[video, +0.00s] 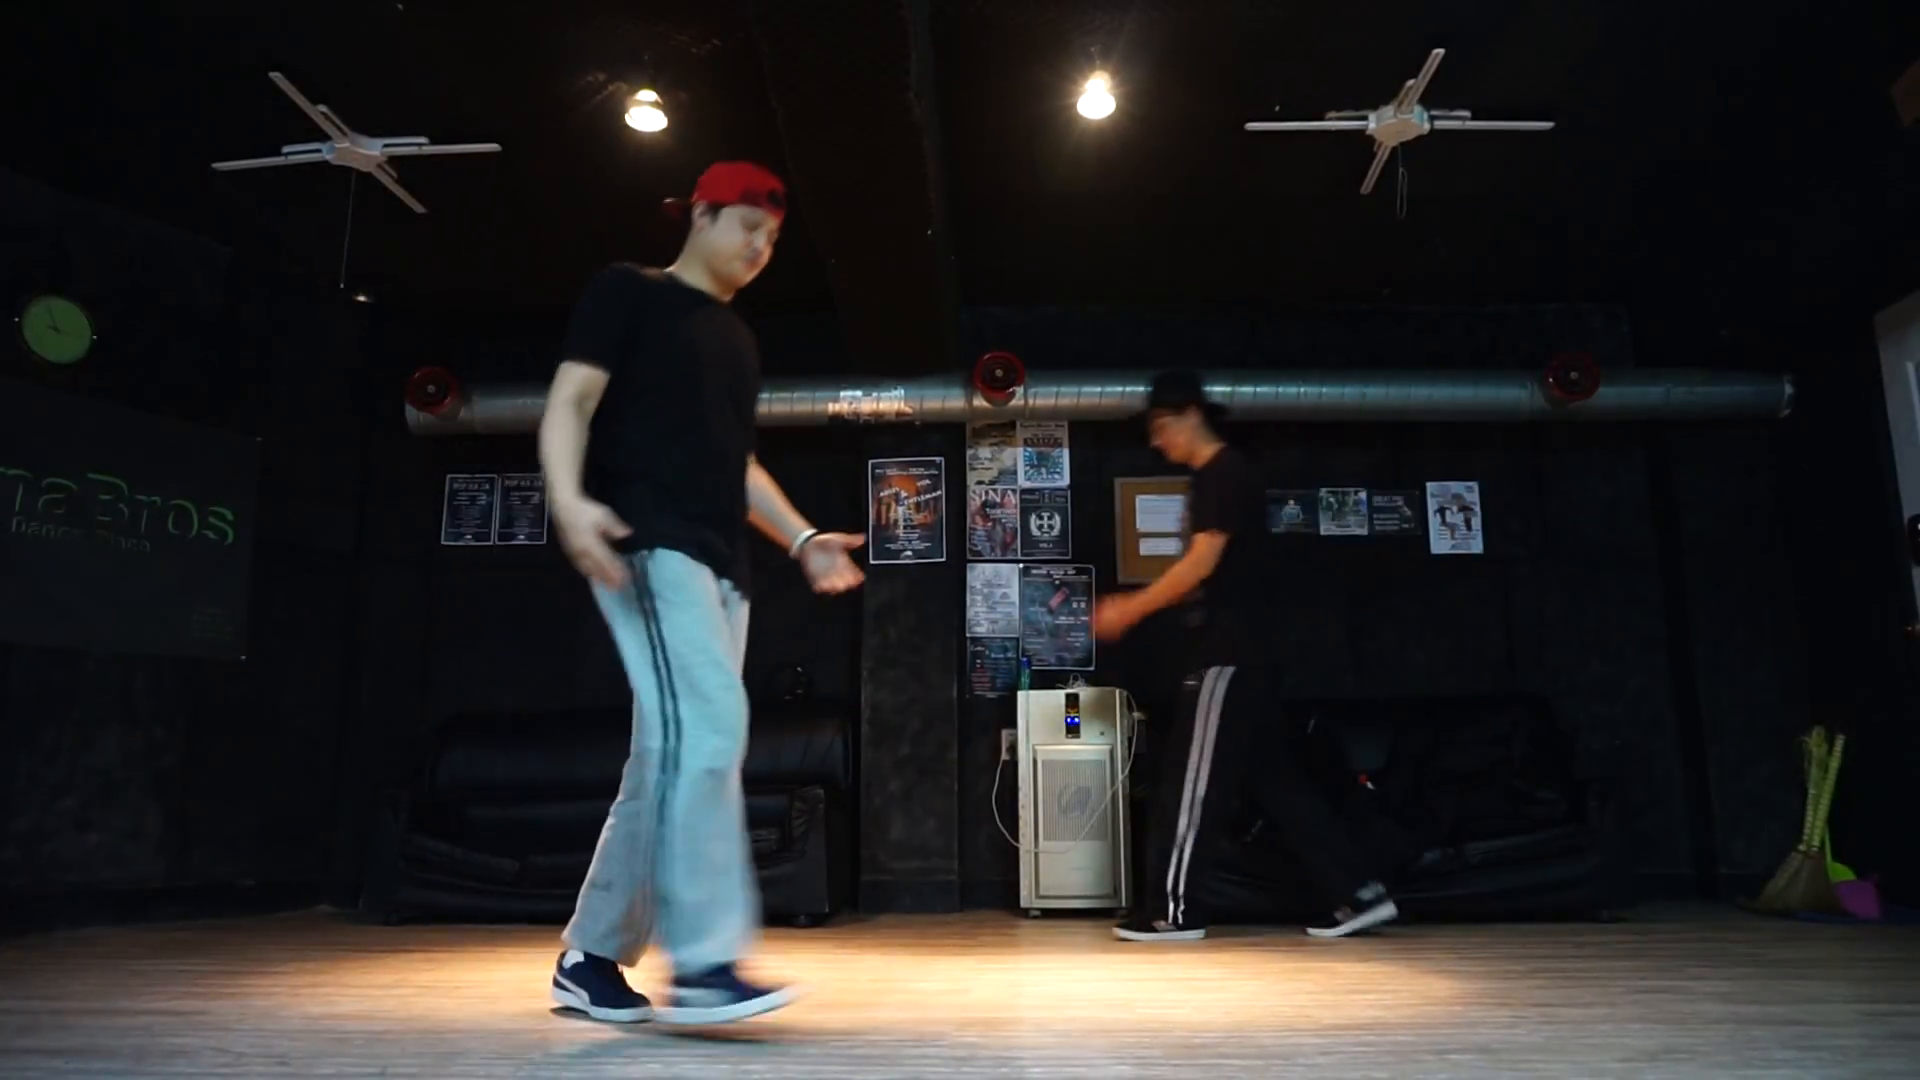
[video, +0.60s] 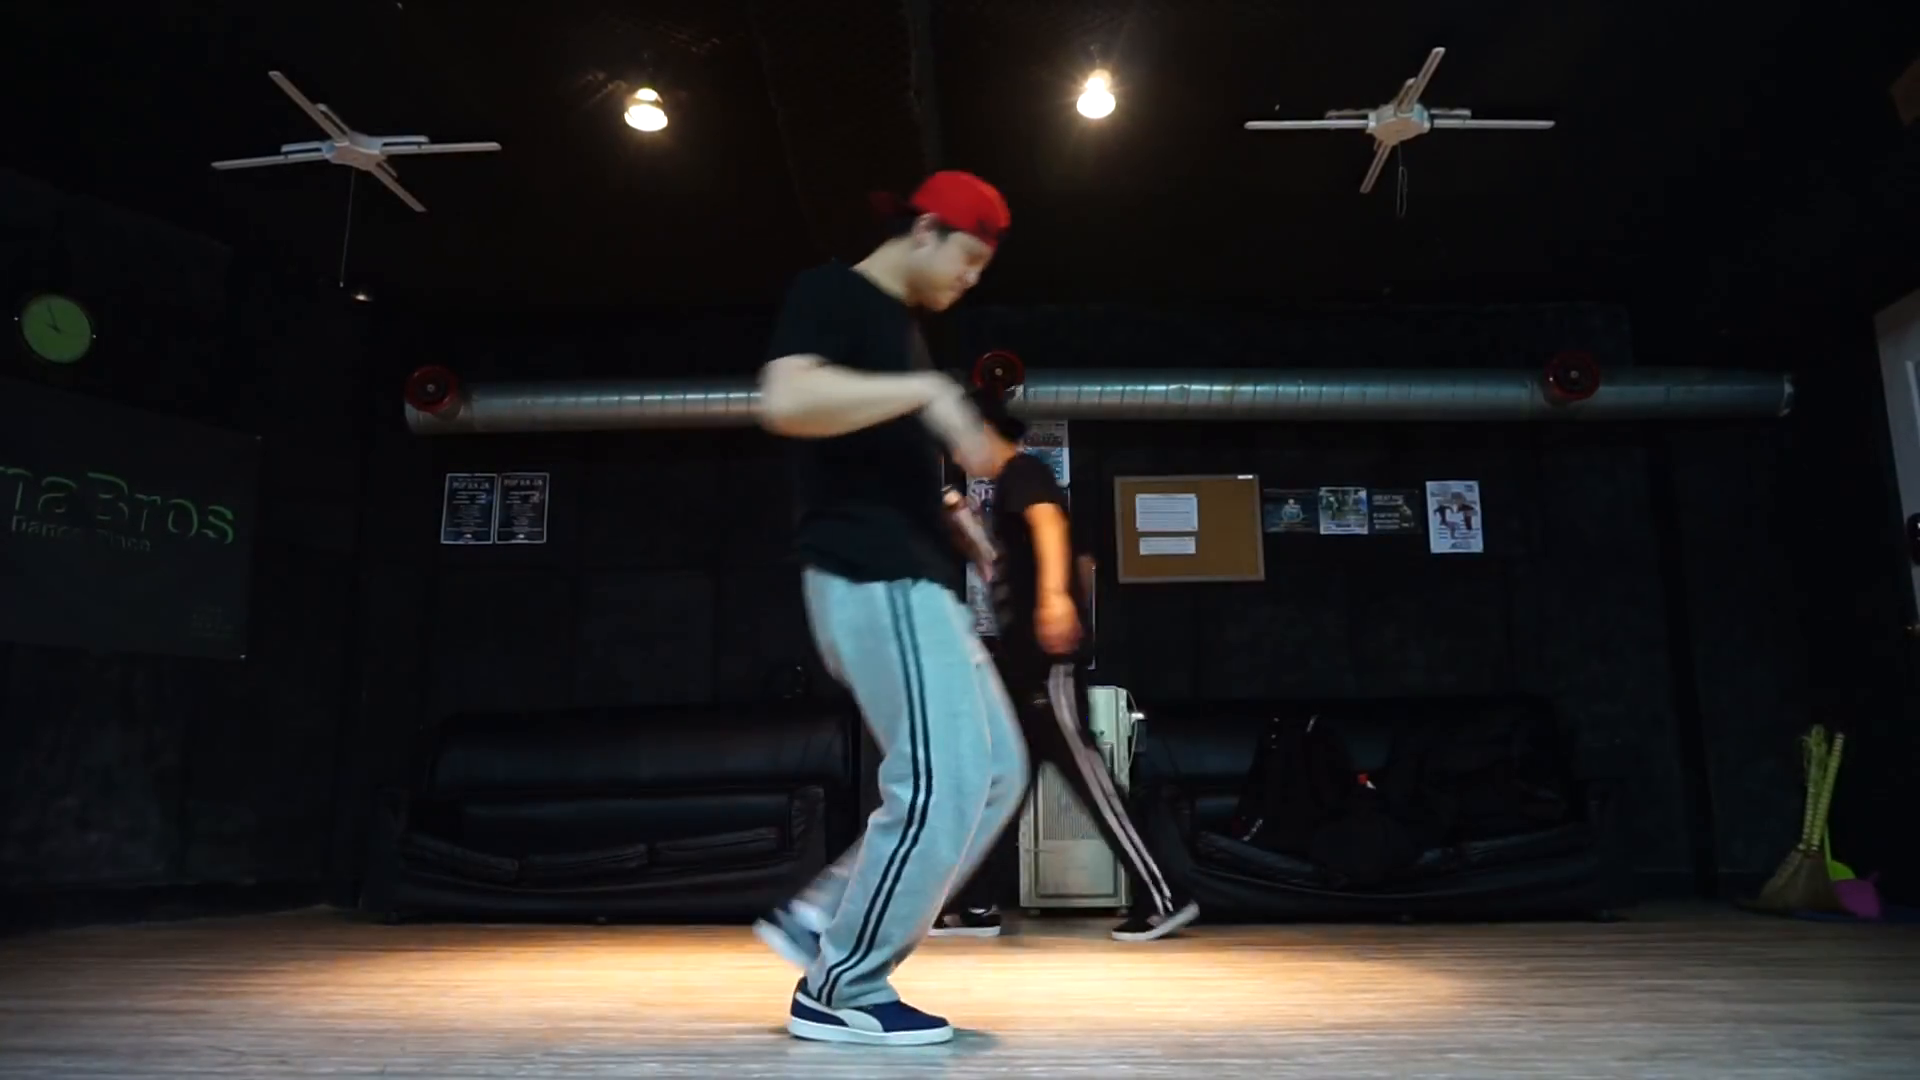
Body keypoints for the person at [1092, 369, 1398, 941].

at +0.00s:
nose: (1160, 442)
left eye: (1164, 428)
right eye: (1156, 431)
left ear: (1194, 417)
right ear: (1178, 424)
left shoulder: (1225, 474)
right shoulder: (1220, 473)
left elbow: (1200, 562)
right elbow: (1202, 564)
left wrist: (1130, 608)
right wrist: (1137, 604)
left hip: (1229, 649)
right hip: (1236, 645)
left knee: (1192, 779)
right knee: (1271, 774)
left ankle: (1171, 912)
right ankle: (1360, 894)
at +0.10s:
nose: (1118, 447)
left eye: (1121, 432)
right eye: (1113, 435)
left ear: (1151, 419)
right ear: (1149, 424)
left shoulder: (1185, 474)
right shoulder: (1185, 473)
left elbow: (1171, 566)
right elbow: (1173, 569)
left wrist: (1141, 649)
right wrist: (1142, 651)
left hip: (1201, 651)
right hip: (1200, 649)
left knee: (1173, 780)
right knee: (1204, 778)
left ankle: (1170, 913)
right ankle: (1317, 862)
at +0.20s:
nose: (1084, 441)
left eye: (1087, 428)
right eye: (1081, 430)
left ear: (1117, 416)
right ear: (1115, 419)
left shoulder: (1150, 470)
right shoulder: (1145, 469)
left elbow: (1154, 558)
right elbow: (1152, 559)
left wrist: (1161, 642)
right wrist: (1158, 644)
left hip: (1167, 652)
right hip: (1156, 650)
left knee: (1160, 783)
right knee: (1160, 779)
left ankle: (1171, 912)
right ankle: (1252, 848)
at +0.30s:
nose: (1057, 432)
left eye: (1060, 419)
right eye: (1053, 421)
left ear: (1088, 409)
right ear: (1080, 414)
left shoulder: (1123, 465)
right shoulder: (1100, 470)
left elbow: (1146, 541)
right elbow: (1121, 555)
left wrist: (1162, 621)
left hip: (1139, 645)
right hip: (1115, 646)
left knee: (1148, 774)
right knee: (1099, 761)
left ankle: (1170, 909)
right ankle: (1171, 873)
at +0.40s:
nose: (1028, 436)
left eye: (1032, 422)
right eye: (1025, 425)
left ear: (1059, 412)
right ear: (1055, 418)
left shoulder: (1093, 463)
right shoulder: (1078, 471)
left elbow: (1127, 529)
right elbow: (1109, 557)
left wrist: (1145, 605)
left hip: (1113, 644)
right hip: (1091, 646)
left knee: (1137, 777)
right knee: (1065, 764)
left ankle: (1169, 909)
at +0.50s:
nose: (996, 451)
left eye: (997, 437)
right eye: (992, 440)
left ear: (1021, 426)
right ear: (1023, 429)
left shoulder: (1060, 470)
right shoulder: (1046, 480)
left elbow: (1095, 526)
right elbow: (1091, 562)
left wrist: (1106, 598)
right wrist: (1121, 640)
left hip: (1084, 651)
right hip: (1063, 655)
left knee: (1125, 779)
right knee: (1039, 781)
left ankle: (1170, 908)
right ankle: (985, 895)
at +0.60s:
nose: (955, 455)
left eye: (958, 442)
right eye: (952, 444)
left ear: (979, 434)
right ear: (993, 431)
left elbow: (1050, 524)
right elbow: (991, 556)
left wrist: (1053, 596)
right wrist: (958, 518)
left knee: (1080, 766)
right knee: (996, 775)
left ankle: (1163, 898)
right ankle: (976, 902)